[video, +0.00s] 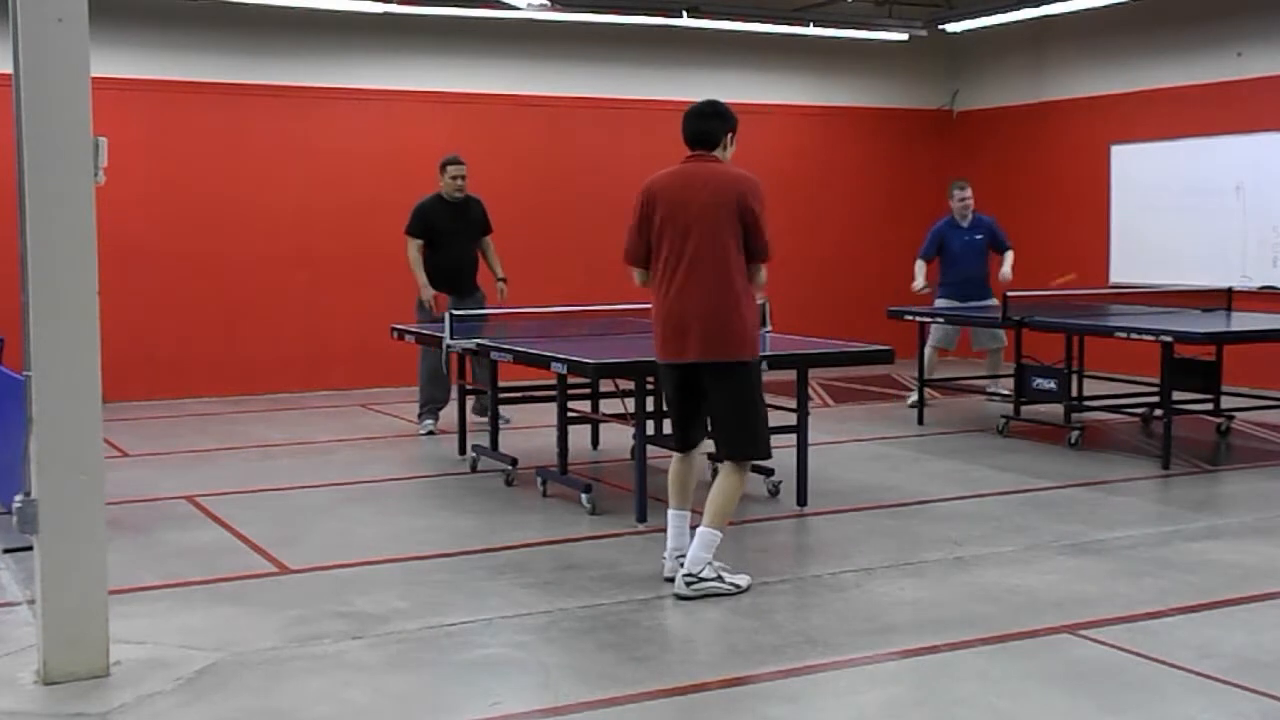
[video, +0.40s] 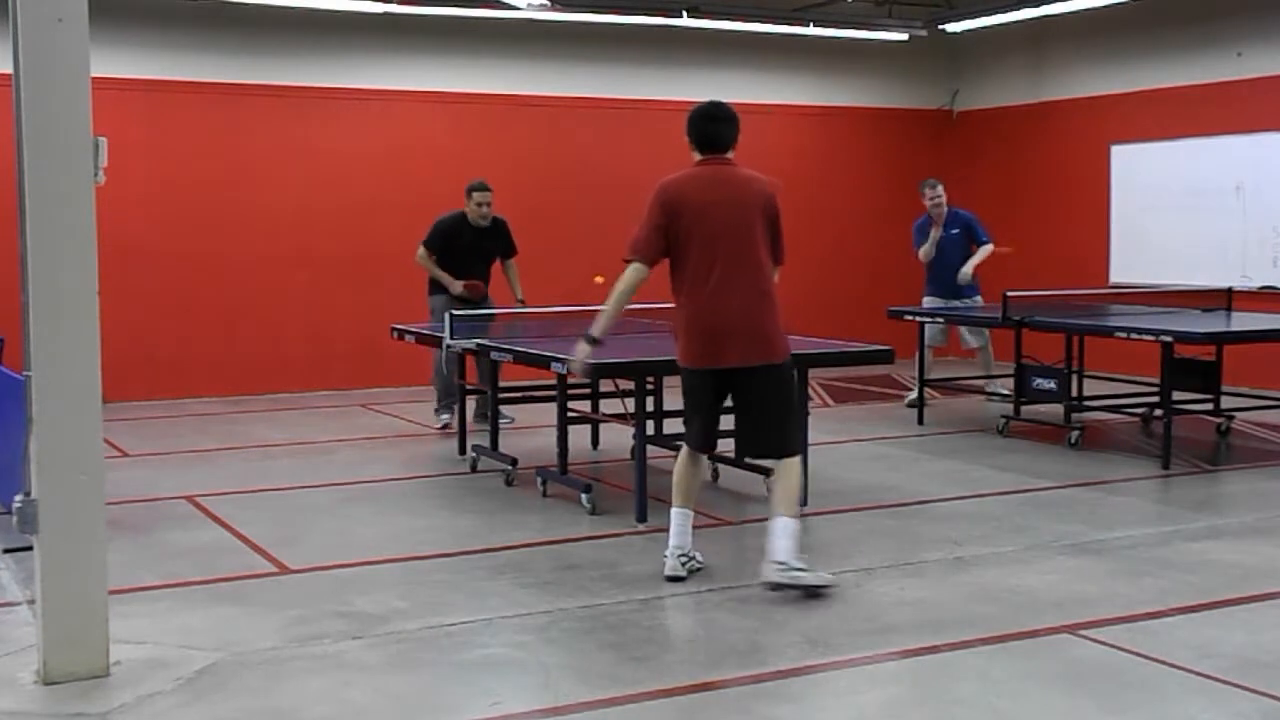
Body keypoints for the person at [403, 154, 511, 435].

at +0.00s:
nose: (460, 183)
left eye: (463, 178)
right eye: (454, 178)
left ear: (467, 179)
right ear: (441, 179)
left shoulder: (475, 207)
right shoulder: (425, 210)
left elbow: (485, 243)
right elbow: (414, 249)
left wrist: (499, 276)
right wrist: (424, 286)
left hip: (469, 292)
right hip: (434, 294)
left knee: (483, 347)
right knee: (433, 352)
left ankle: (485, 403)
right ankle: (429, 412)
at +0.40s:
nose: (485, 211)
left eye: (489, 205)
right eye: (479, 205)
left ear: (493, 204)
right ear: (467, 204)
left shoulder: (499, 228)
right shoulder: (447, 226)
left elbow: (507, 261)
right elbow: (422, 256)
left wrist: (518, 294)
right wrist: (450, 282)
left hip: (480, 296)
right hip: (446, 296)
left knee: (488, 350)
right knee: (448, 349)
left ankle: (486, 408)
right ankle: (445, 408)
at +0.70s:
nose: (497, 233)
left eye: (501, 227)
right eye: (491, 228)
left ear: (505, 225)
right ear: (477, 225)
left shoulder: (498, 242)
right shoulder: (459, 245)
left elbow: (488, 264)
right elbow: (432, 287)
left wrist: (490, 284)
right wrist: (462, 308)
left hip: (465, 305)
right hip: (435, 306)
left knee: (480, 355)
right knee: (442, 363)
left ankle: (483, 408)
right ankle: (455, 418)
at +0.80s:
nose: (497, 234)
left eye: (500, 228)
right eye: (491, 228)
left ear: (503, 225)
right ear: (476, 225)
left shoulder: (491, 245)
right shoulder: (459, 246)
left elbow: (471, 273)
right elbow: (447, 295)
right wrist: (489, 308)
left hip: (457, 302)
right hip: (431, 304)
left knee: (465, 357)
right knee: (440, 363)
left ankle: (475, 408)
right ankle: (455, 419)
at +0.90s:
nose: (495, 238)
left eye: (498, 232)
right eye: (490, 231)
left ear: (502, 227)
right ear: (475, 226)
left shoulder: (482, 241)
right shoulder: (461, 245)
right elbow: (472, 288)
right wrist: (518, 290)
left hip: (454, 302)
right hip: (430, 303)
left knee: (458, 355)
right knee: (439, 362)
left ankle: (461, 403)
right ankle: (454, 419)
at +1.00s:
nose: (493, 240)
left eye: (496, 234)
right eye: (488, 234)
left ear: (498, 229)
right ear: (473, 228)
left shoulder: (473, 232)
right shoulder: (459, 245)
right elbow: (489, 264)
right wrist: (521, 272)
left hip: (452, 302)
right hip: (427, 303)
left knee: (459, 354)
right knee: (438, 361)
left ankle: (457, 406)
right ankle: (453, 416)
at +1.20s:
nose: (489, 228)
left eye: (492, 222)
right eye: (484, 221)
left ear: (494, 219)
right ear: (470, 217)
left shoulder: (475, 235)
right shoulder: (456, 235)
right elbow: (451, 266)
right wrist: (485, 283)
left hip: (448, 303)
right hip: (426, 303)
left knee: (458, 352)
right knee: (439, 360)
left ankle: (436, 401)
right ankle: (454, 419)